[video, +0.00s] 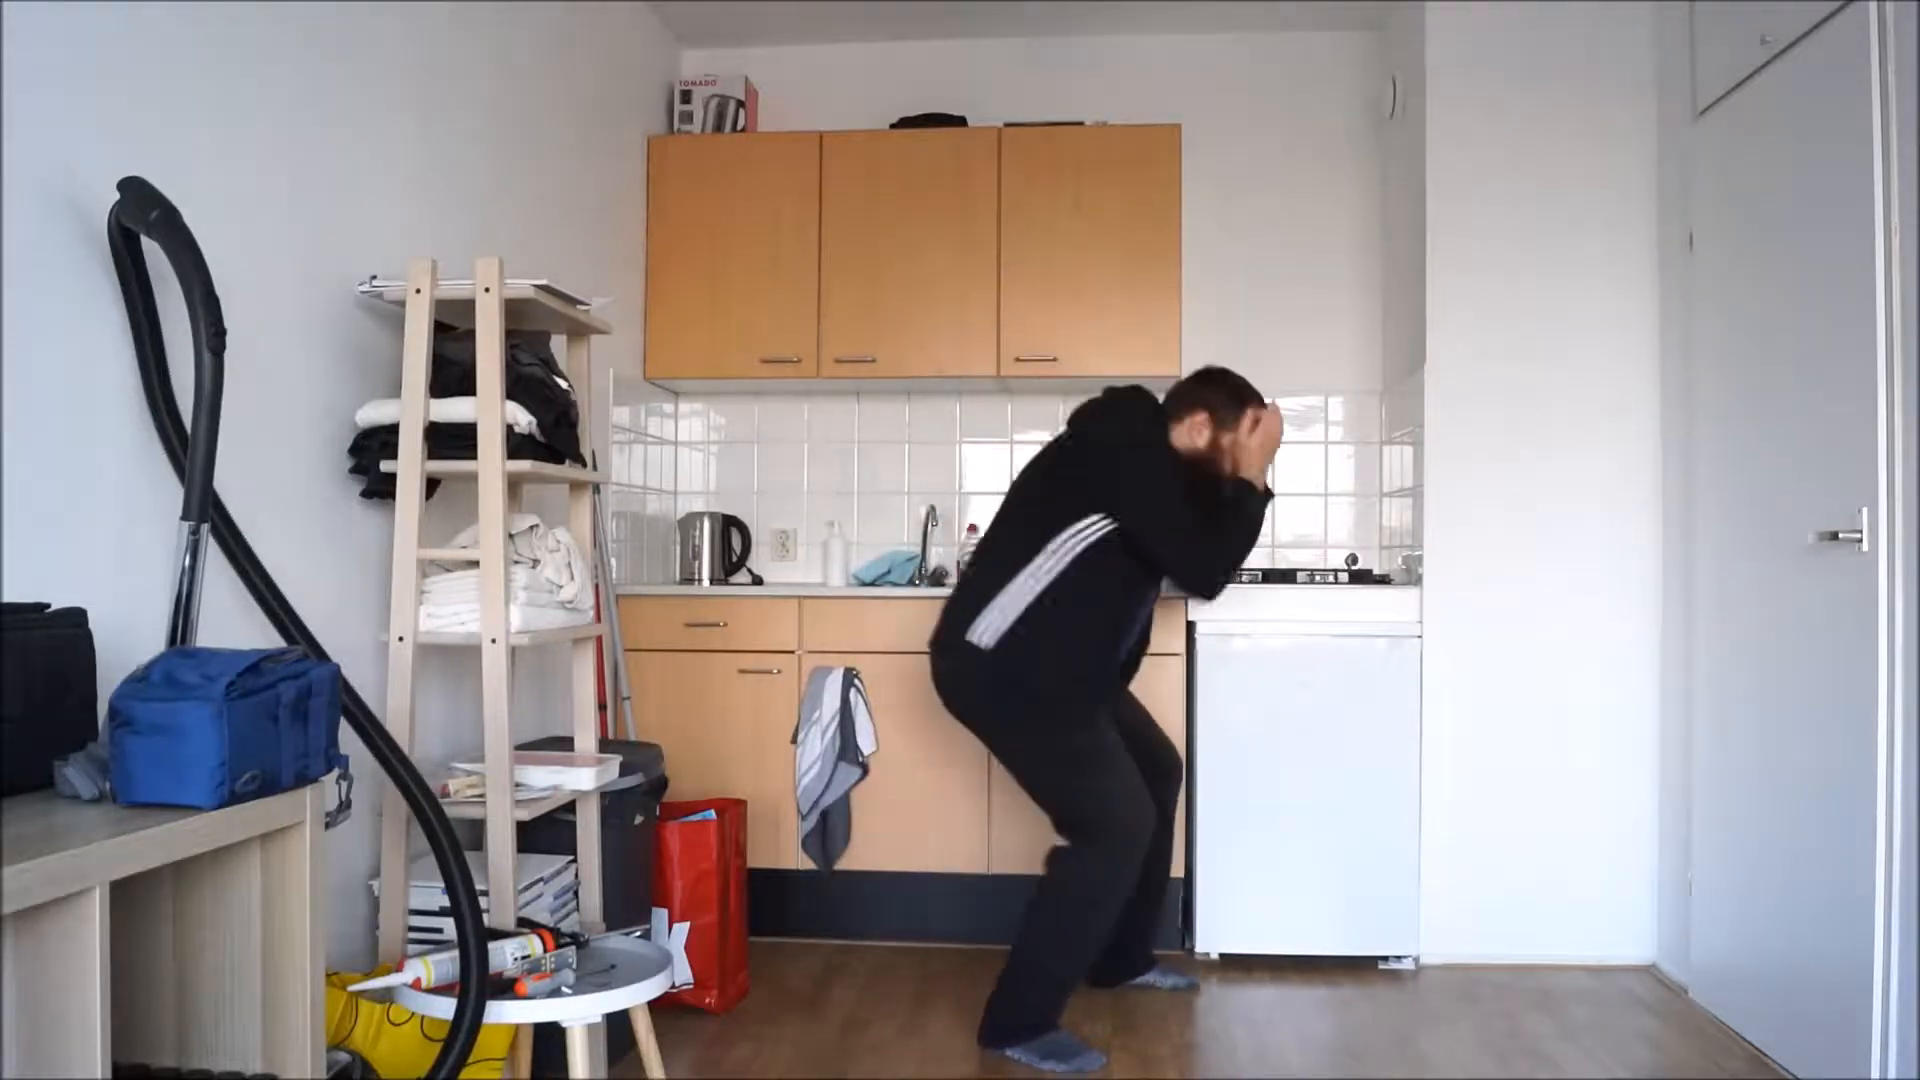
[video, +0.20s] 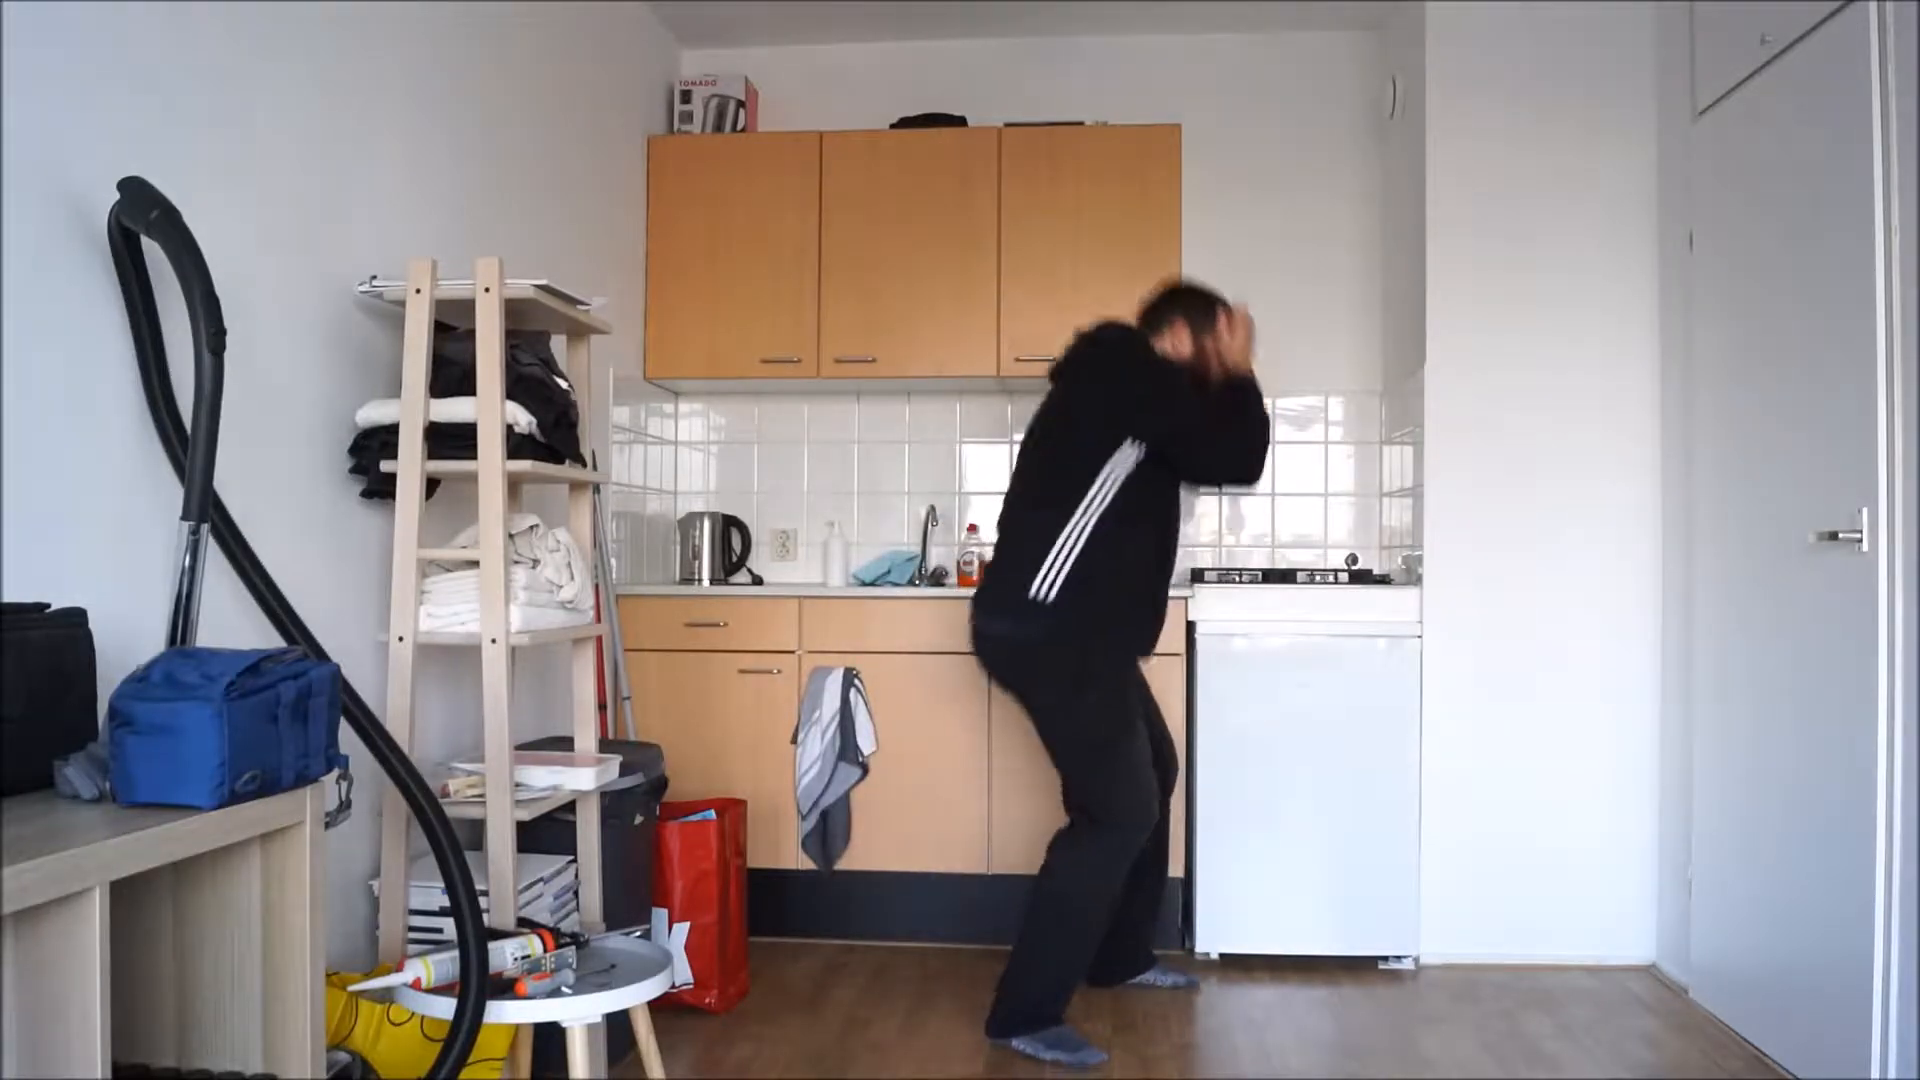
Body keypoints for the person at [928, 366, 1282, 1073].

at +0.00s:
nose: (1230, 464)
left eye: (1236, 454)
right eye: (1233, 450)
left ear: (1193, 423)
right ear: (1199, 425)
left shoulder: (1148, 447)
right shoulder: (1126, 439)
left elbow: (1199, 561)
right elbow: (1203, 568)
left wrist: (1232, 482)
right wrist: (1249, 479)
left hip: (1060, 665)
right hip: (1001, 667)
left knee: (1158, 776)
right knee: (1118, 824)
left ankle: (1120, 960)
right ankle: (1017, 1026)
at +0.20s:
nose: (1219, 361)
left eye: (1217, 348)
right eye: (1215, 347)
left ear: (1161, 328)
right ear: (1183, 336)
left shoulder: (1129, 375)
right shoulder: (1125, 370)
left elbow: (1219, 459)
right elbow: (1235, 457)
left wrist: (1222, 380)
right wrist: (1239, 373)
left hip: (1079, 625)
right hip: (1045, 628)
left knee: (1152, 768)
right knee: (1117, 810)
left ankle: (1119, 956)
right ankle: (1025, 1016)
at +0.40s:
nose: (1199, 313)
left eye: (1199, 299)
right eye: (1195, 298)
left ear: (1135, 289)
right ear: (1158, 292)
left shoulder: (1102, 343)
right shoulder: (1130, 343)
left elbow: (1218, 420)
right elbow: (1247, 405)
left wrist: (1207, 328)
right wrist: (1218, 316)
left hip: (1092, 608)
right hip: (1069, 610)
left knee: (1149, 775)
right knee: (1104, 801)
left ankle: (1119, 956)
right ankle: (1028, 1017)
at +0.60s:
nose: (1238, 394)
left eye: (1242, 384)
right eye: (1238, 381)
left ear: (1193, 353)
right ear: (1206, 359)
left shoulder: (1159, 392)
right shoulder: (1150, 380)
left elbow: (1223, 494)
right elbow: (1249, 487)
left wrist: (1246, 411)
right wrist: (1261, 405)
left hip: (1072, 626)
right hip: (1027, 622)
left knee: (1148, 769)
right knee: (1110, 799)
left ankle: (1119, 958)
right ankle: (1014, 1015)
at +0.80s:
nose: (1259, 463)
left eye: (1261, 452)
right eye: (1259, 448)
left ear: (1216, 425)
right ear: (1224, 427)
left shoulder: (1177, 457)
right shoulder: (1155, 443)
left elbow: (1221, 568)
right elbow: (1226, 574)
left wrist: (1248, 486)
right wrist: (1273, 483)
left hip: (1078, 667)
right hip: (1007, 662)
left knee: (1165, 782)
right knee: (1107, 828)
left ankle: (1119, 960)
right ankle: (1007, 1025)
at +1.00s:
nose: (1231, 372)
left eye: (1234, 362)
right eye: (1221, 358)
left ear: (1179, 354)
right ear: (1172, 344)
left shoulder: (1178, 410)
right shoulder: (1102, 377)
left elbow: (1258, 491)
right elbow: (1179, 476)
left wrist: (1261, 387)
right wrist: (1226, 385)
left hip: (1109, 654)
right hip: (1024, 645)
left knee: (1188, 780)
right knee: (1094, 822)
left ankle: (1126, 951)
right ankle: (1007, 1025)